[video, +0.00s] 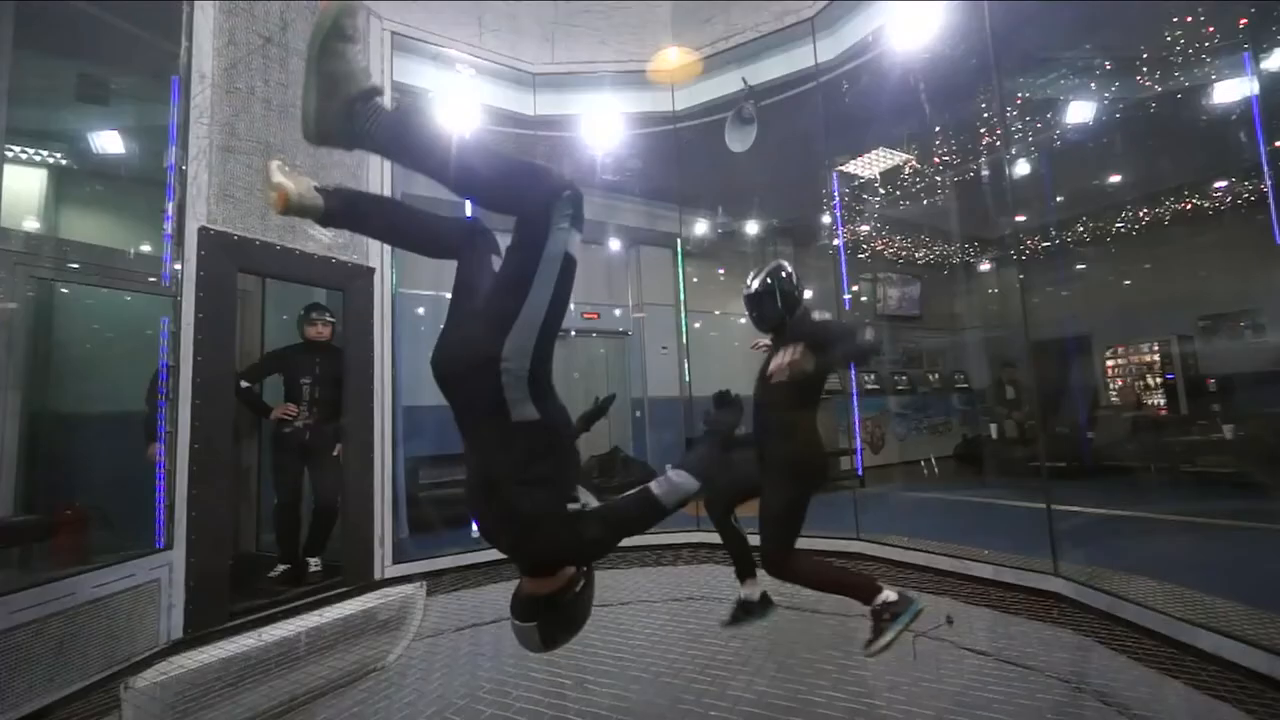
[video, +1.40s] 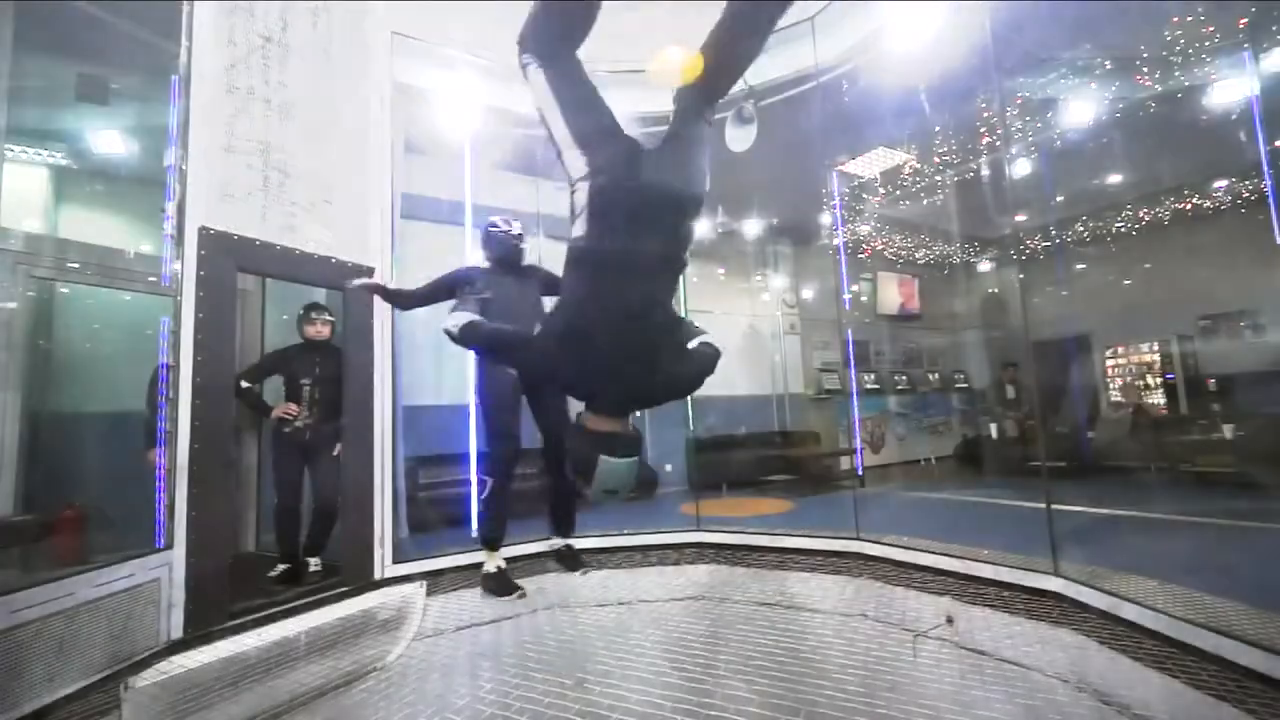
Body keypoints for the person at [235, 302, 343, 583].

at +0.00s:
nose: (320, 328)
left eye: (325, 323)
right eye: (314, 323)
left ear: (333, 328)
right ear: (302, 327)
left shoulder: (341, 359)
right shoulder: (287, 356)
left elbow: (352, 400)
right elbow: (243, 383)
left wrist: (344, 438)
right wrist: (268, 411)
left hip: (325, 439)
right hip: (289, 438)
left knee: (329, 501)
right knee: (287, 500)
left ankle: (313, 556)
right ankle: (286, 561)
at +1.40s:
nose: (319, 327)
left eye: (325, 322)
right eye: (313, 322)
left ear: (333, 327)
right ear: (302, 326)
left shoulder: (341, 359)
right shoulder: (287, 356)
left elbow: (355, 400)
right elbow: (243, 383)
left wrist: (346, 437)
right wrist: (269, 410)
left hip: (326, 439)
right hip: (289, 439)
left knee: (328, 502)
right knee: (288, 500)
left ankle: (313, 555)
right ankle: (288, 561)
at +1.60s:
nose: (324, 328)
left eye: (329, 323)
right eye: (317, 321)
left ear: (333, 328)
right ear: (301, 323)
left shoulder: (333, 359)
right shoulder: (278, 349)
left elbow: (321, 394)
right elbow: (223, 359)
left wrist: (294, 374)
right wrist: (248, 396)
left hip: (300, 442)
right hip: (265, 438)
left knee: (302, 505)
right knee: (261, 505)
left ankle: (243, 553)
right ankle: (254, 572)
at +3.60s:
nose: (321, 324)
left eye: (326, 320)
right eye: (314, 319)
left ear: (331, 326)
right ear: (300, 323)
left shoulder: (334, 357)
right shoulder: (279, 348)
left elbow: (333, 392)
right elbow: (224, 361)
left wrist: (292, 373)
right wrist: (250, 398)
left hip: (302, 441)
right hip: (264, 436)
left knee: (302, 505)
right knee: (259, 504)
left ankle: (242, 553)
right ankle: (254, 569)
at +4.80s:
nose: (309, 326)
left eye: (316, 322)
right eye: (306, 318)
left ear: (325, 328)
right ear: (298, 318)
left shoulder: (330, 359)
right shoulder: (280, 346)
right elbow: (223, 362)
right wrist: (248, 398)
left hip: (301, 437)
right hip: (265, 434)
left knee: (302, 505)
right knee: (259, 506)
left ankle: (242, 554)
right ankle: (256, 571)